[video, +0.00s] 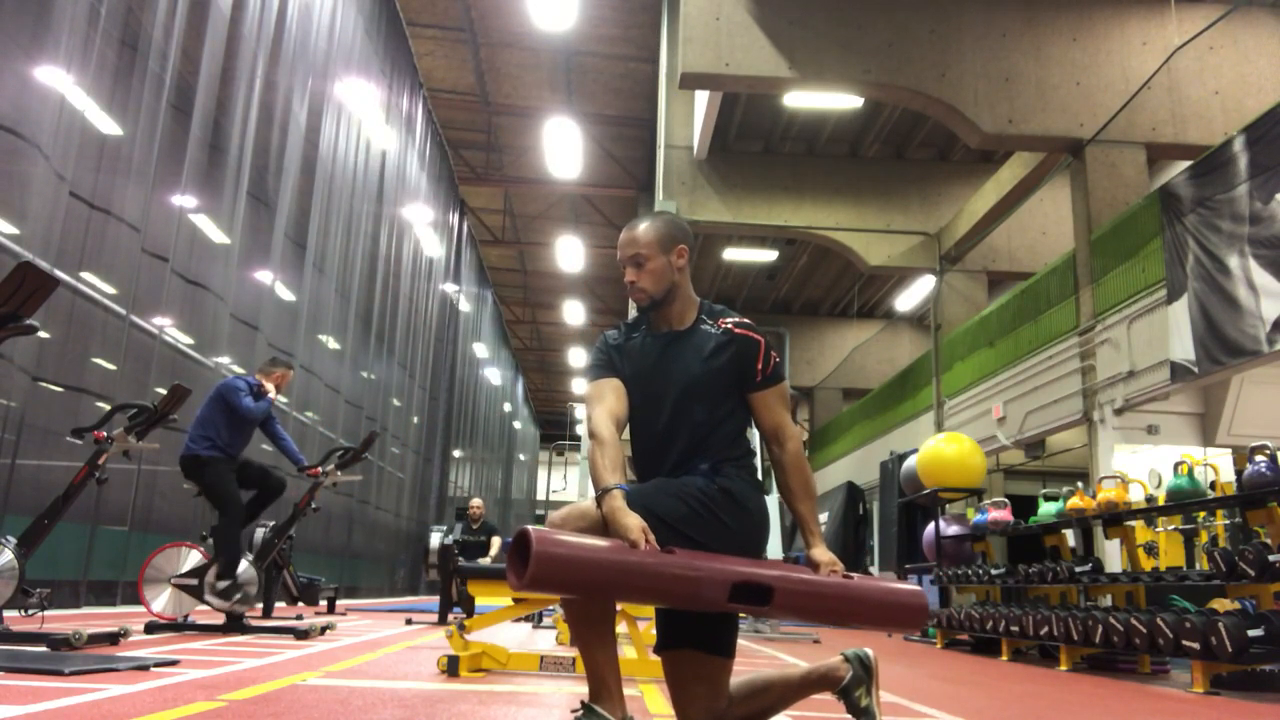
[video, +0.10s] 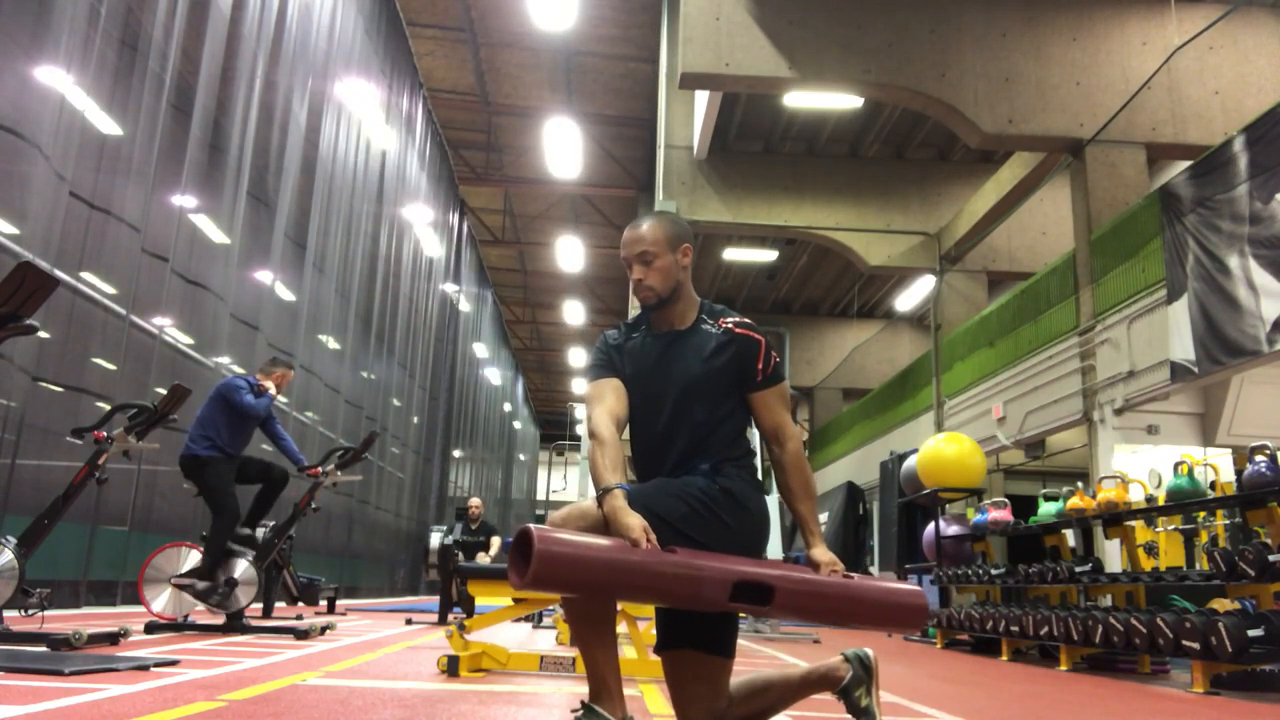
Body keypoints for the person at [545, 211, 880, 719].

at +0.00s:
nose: (627, 277)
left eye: (638, 263)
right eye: (623, 265)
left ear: (679, 259)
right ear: (623, 267)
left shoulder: (737, 339)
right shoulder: (616, 346)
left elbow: (783, 439)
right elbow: (603, 429)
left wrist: (815, 541)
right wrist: (614, 504)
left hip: (728, 509)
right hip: (670, 519)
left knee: (570, 525)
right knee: (702, 708)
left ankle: (608, 706)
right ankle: (841, 672)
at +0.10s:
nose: (634, 275)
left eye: (646, 260)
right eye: (628, 264)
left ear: (684, 258)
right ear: (624, 267)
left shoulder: (737, 339)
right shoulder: (616, 346)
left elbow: (784, 439)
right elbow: (603, 429)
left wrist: (815, 541)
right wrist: (615, 504)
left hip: (728, 509)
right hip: (668, 519)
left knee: (570, 525)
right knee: (702, 709)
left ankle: (607, 706)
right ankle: (841, 672)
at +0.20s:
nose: (644, 272)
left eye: (656, 257)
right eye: (635, 262)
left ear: (689, 255)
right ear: (628, 267)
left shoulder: (738, 338)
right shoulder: (617, 346)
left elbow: (784, 439)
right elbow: (604, 428)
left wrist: (815, 541)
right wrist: (615, 503)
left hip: (728, 509)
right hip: (669, 518)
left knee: (570, 525)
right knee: (702, 708)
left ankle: (608, 706)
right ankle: (842, 672)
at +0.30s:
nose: (651, 271)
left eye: (664, 256)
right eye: (641, 261)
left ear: (693, 255)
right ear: (632, 266)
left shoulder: (738, 338)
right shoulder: (617, 345)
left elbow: (784, 439)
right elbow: (604, 428)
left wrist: (816, 541)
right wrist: (617, 505)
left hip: (728, 509)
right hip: (668, 518)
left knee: (571, 525)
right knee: (702, 708)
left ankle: (608, 707)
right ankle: (842, 673)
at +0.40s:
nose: (654, 270)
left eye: (667, 256)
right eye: (643, 260)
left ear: (696, 256)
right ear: (635, 266)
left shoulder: (740, 337)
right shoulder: (617, 345)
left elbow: (785, 440)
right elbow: (604, 427)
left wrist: (816, 541)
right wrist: (617, 506)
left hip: (728, 509)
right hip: (668, 518)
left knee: (572, 525)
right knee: (703, 709)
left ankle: (608, 707)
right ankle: (843, 673)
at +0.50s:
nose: (655, 270)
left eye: (668, 255)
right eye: (644, 260)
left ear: (697, 256)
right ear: (636, 266)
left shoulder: (740, 338)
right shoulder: (617, 345)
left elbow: (785, 439)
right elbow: (605, 427)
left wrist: (816, 542)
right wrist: (618, 505)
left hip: (728, 509)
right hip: (668, 518)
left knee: (572, 525)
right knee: (703, 708)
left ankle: (608, 707)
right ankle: (843, 673)